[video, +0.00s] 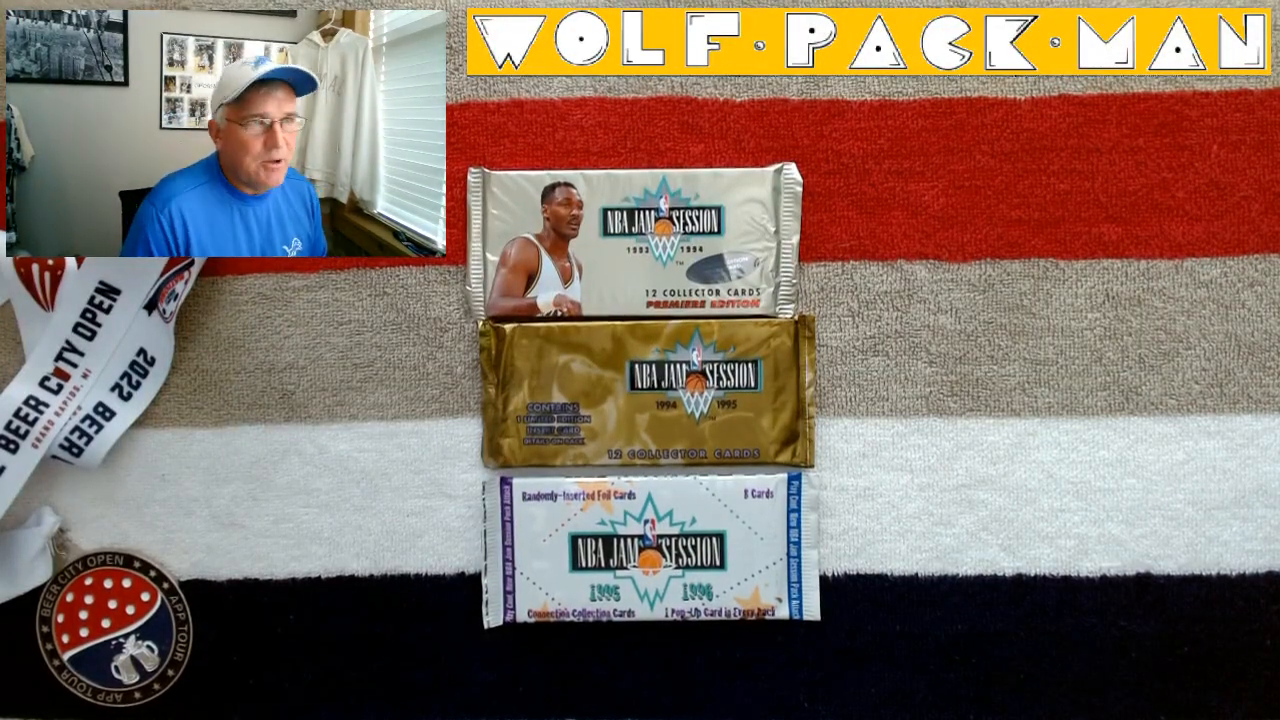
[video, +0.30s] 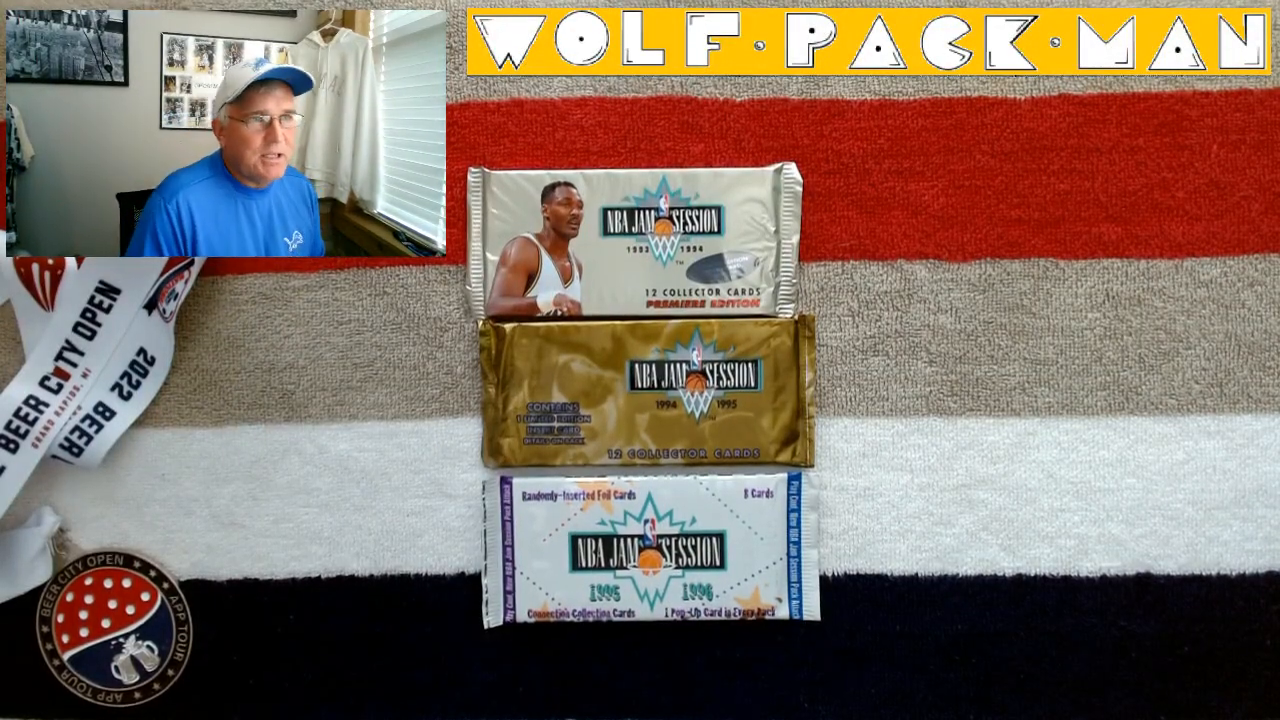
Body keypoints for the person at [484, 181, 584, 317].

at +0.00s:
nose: (576, 213)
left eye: (580, 207)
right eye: (566, 205)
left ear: (583, 211)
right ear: (545, 211)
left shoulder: (575, 266)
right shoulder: (520, 250)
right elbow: (495, 308)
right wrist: (550, 301)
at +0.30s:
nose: (576, 213)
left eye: (580, 206)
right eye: (566, 205)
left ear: (583, 211)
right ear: (545, 210)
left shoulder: (575, 265)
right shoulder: (521, 249)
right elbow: (494, 307)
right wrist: (550, 301)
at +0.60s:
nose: (576, 213)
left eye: (580, 207)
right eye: (566, 205)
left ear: (583, 211)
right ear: (545, 211)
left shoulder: (575, 265)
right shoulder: (521, 250)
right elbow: (495, 307)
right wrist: (550, 301)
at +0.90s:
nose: (576, 213)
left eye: (580, 207)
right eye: (566, 204)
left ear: (583, 211)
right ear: (546, 210)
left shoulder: (575, 266)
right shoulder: (521, 249)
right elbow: (495, 307)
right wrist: (551, 300)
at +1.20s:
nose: (576, 213)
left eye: (580, 207)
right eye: (566, 205)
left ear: (583, 211)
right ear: (545, 211)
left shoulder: (575, 266)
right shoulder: (521, 250)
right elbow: (495, 307)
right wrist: (550, 301)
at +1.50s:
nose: (576, 213)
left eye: (580, 207)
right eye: (566, 205)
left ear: (583, 212)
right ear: (545, 211)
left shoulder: (575, 266)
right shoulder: (521, 250)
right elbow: (495, 307)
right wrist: (550, 301)